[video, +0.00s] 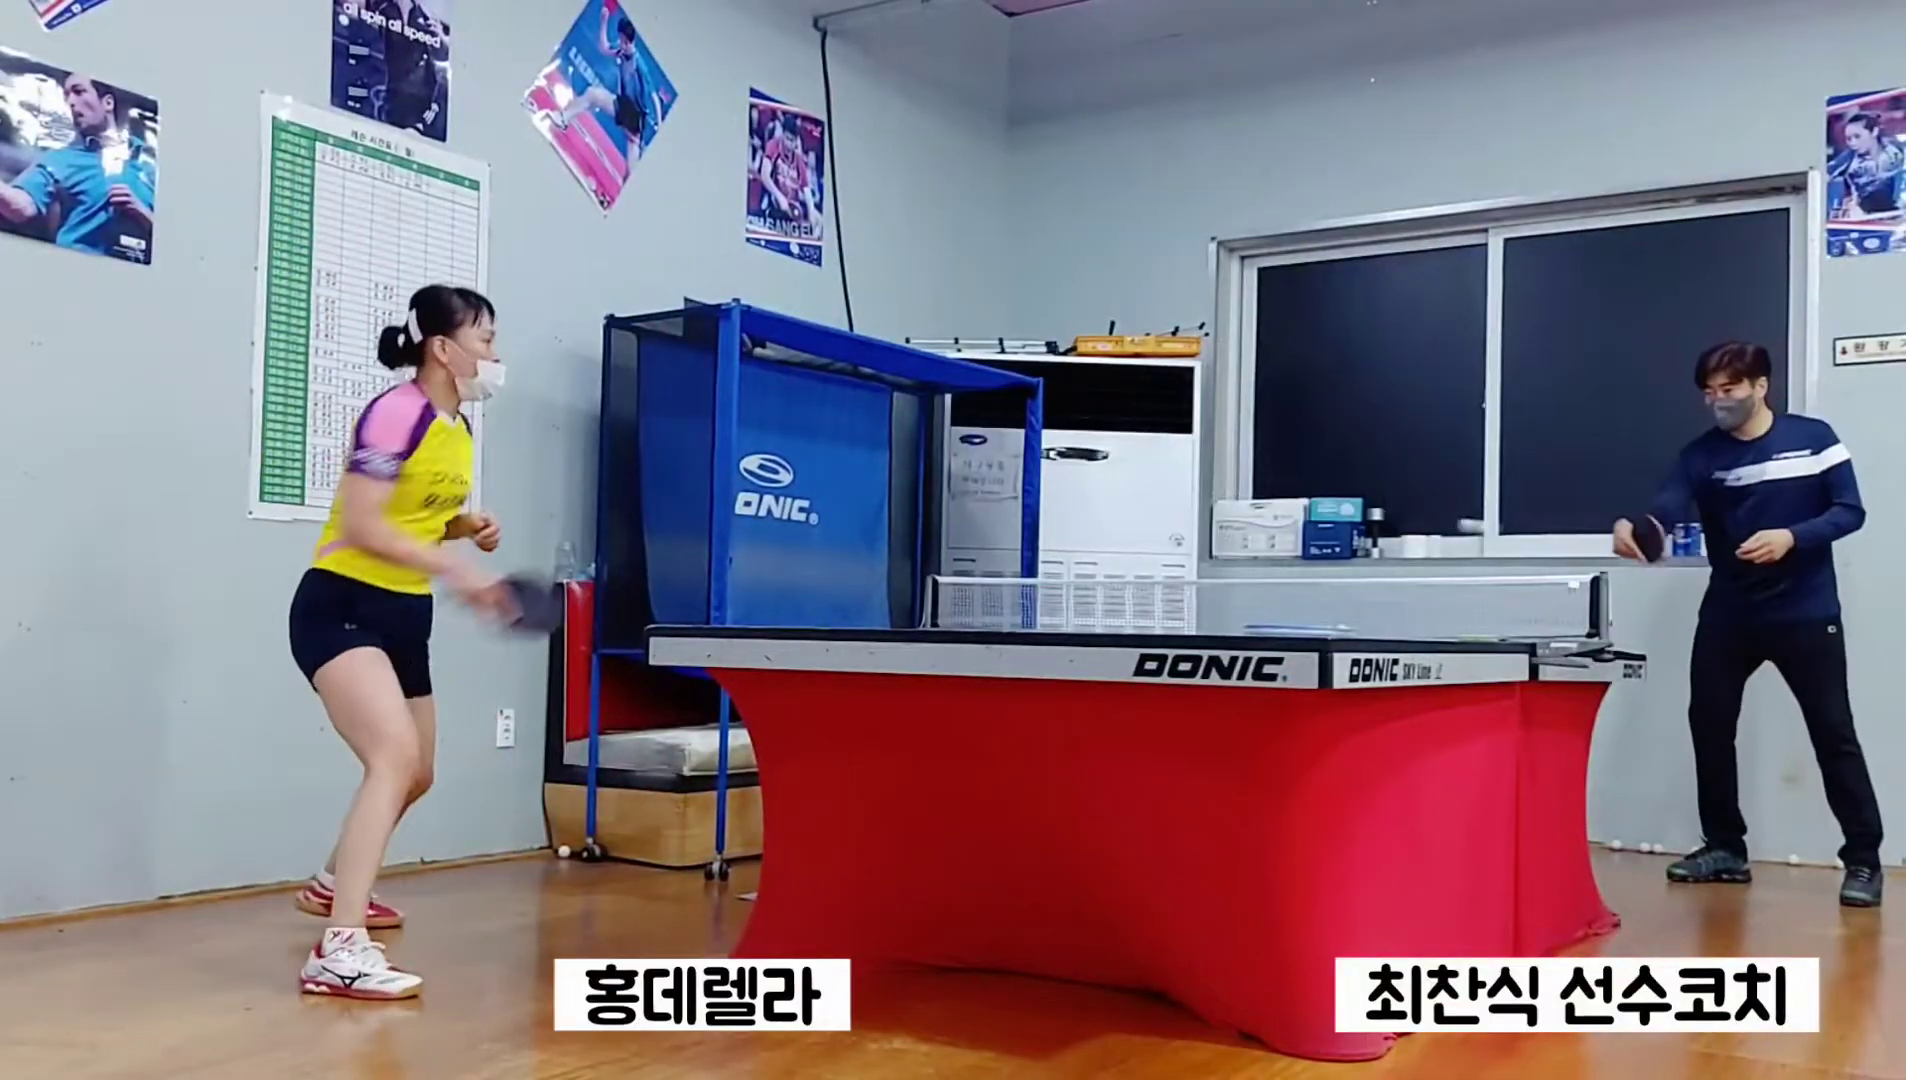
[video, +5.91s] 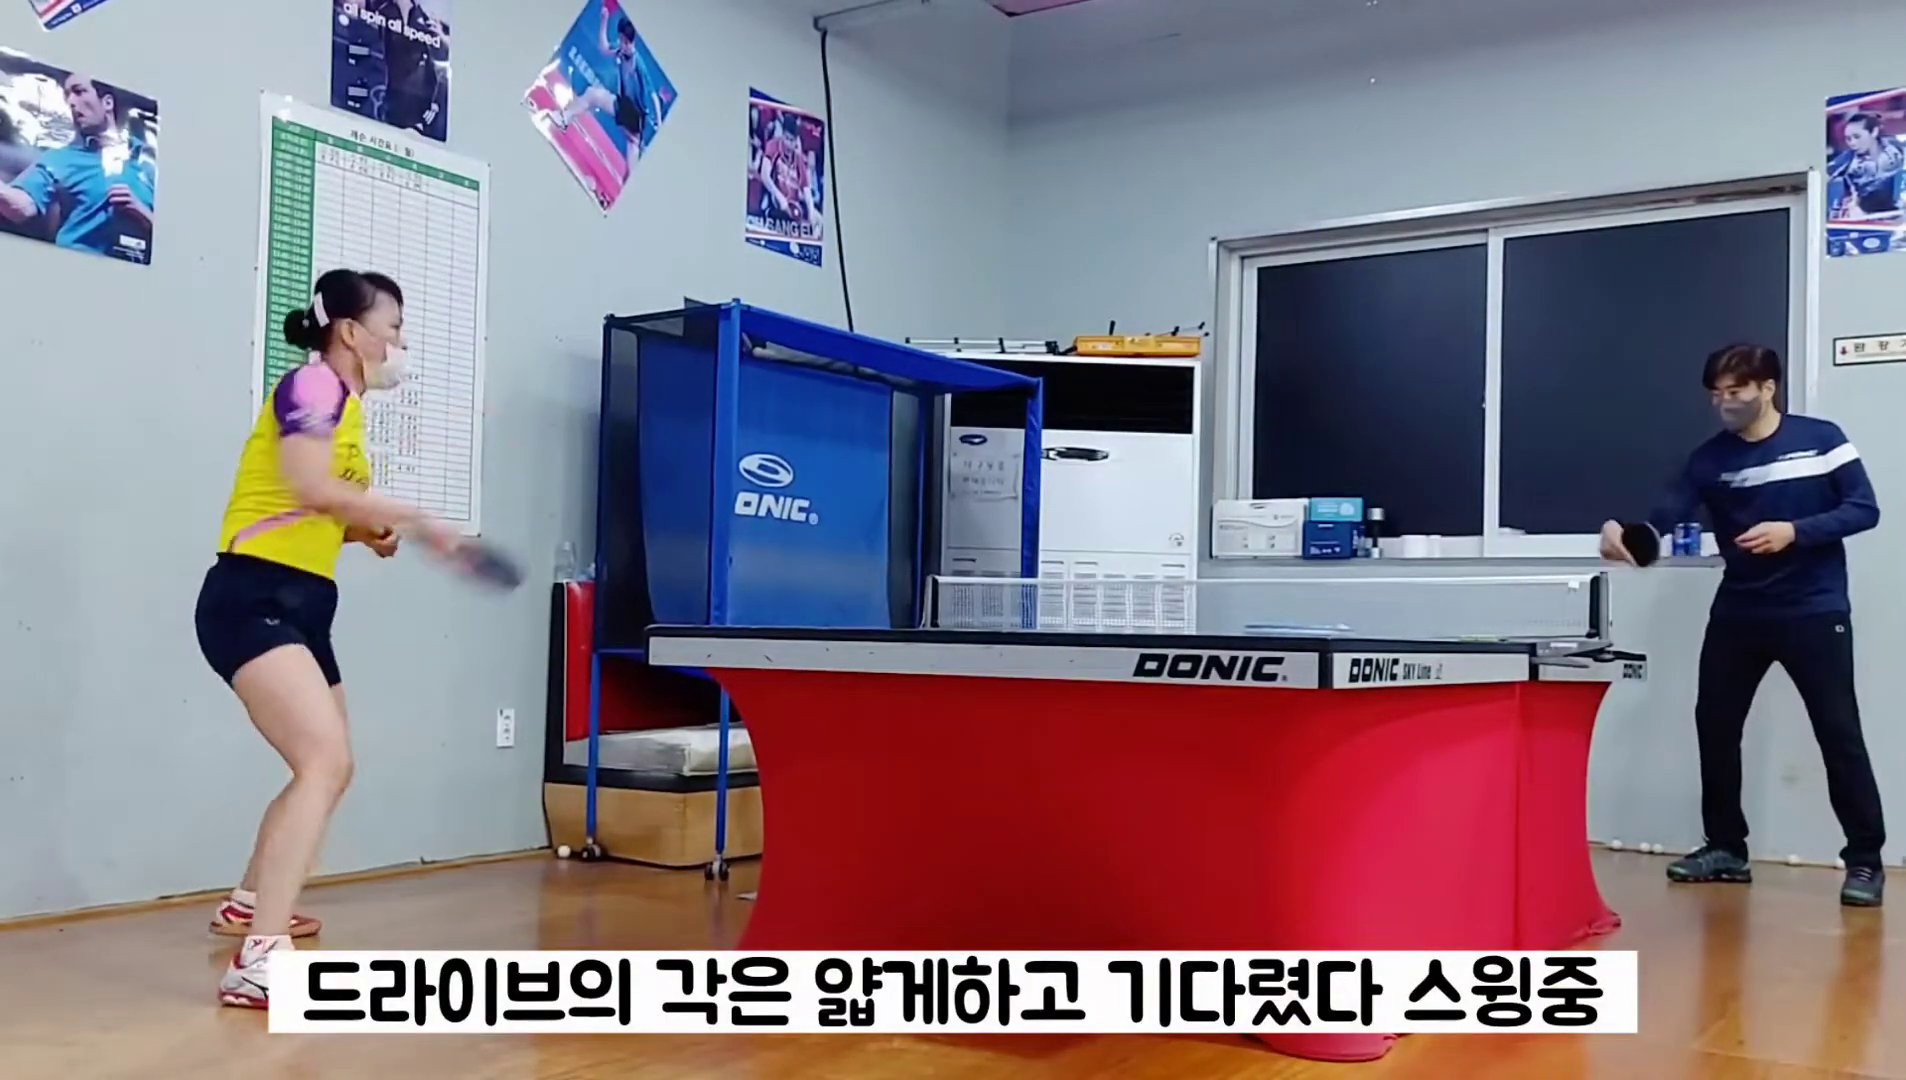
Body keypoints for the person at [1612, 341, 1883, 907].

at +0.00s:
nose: (1719, 399)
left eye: (1729, 388)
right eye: (1711, 391)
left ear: (1760, 387)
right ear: (1703, 396)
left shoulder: (1813, 438)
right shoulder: (1701, 457)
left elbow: (1849, 512)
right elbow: (1667, 509)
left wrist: (1791, 535)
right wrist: (1637, 529)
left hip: (1805, 615)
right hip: (1728, 616)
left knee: (1834, 736)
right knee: (1708, 724)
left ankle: (1862, 862)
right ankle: (1725, 848)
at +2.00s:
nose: (1736, 399)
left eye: (1746, 388)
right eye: (1728, 391)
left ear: (1777, 386)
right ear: (1721, 396)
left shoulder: (1833, 438)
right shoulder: (1717, 456)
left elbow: (1873, 509)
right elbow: (1680, 520)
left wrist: (1806, 532)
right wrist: (1652, 532)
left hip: (1821, 616)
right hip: (1744, 615)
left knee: (1843, 736)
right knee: (1721, 726)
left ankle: (1863, 862)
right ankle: (1726, 849)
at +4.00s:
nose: (1733, 395)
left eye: (1744, 384)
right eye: (1726, 387)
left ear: (1777, 383)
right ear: (1721, 393)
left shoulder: (1831, 437)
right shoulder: (1716, 456)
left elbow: (1873, 508)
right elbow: (1664, 514)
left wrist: (1801, 531)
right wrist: (1628, 519)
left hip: (1823, 614)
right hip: (1747, 614)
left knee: (1845, 739)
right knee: (1724, 727)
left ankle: (1864, 863)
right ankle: (1727, 849)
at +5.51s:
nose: (1730, 395)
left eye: (1741, 384)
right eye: (1723, 388)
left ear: (1772, 383)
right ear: (1718, 395)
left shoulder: (1822, 437)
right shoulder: (1726, 456)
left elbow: (1860, 510)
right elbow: (1726, 531)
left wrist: (1776, 529)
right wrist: (1693, 569)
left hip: (1816, 616)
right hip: (1747, 616)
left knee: (1839, 737)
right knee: (1725, 726)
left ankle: (1864, 863)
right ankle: (1728, 849)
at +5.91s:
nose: (1724, 401)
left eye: (1735, 390)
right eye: (1717, 393)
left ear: (1767, 389)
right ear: (1711, 398)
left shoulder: (1822, 439)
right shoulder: (1708, 461)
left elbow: (1864, 509)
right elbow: (1666, 519)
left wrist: (1794, 530)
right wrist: (1629, 536)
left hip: (1814, 614)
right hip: (1739, 613)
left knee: (1840, 736)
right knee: (1715, 724)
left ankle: (1864, 863)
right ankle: (1726, 849)